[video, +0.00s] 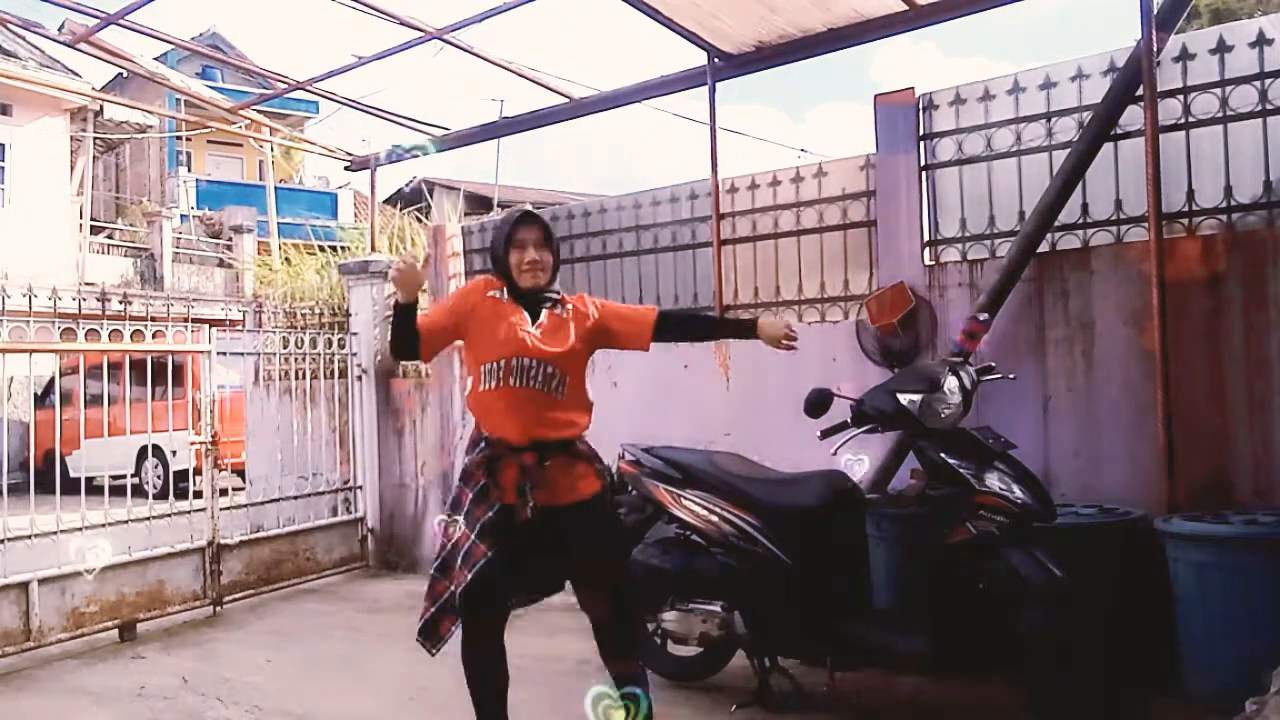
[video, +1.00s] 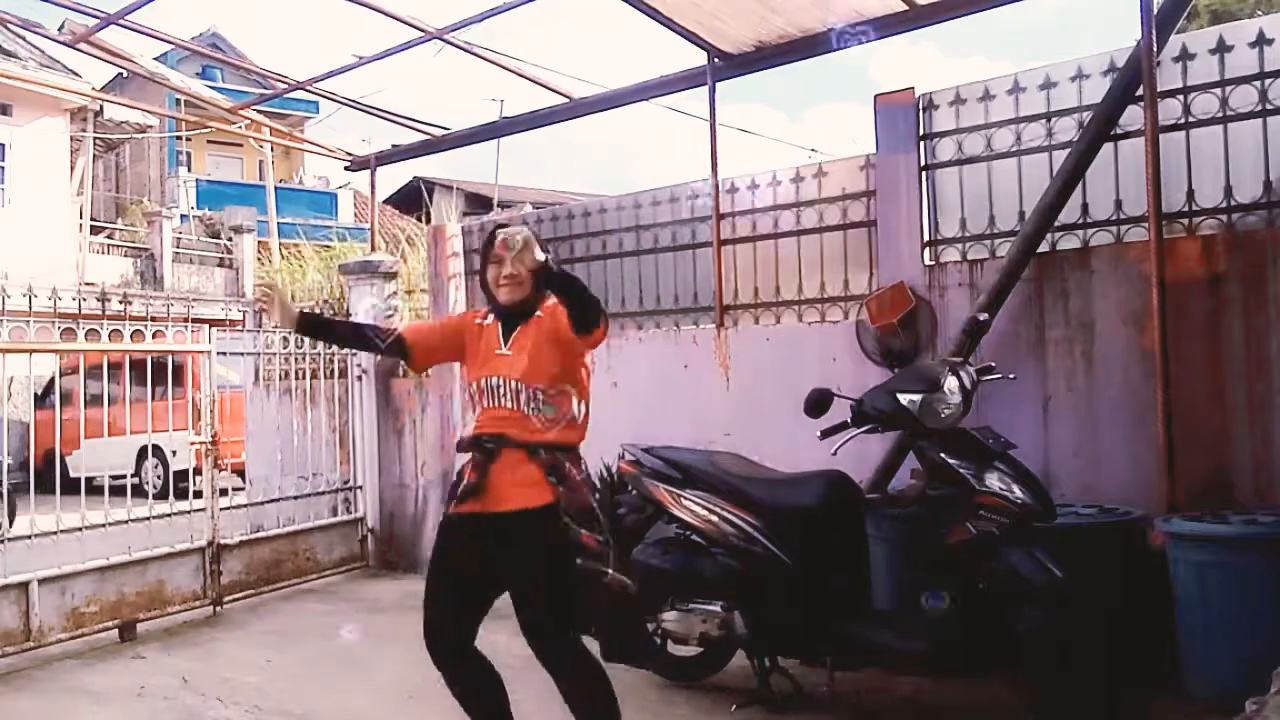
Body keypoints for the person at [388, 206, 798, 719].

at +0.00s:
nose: (533, 256)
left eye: (542, 246)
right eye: (520, 246)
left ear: (555, 254)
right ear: (502, 257)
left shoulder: (582, 313)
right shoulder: (476, 301)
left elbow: (664, 323)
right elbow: (406, 350)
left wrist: (753, 327)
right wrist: (406, 299)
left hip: (572, 475)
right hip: (498, 481)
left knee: (609, 605)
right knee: (480, 612)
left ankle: (638, 711)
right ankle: (491, 717)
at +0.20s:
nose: (507, 272)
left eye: (517, 263)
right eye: (496, 263)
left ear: (530, 271)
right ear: (476, 271)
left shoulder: (556, 325)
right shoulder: (450, 321)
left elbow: (633, 331)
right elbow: (378, 344)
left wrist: (717, 325)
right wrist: (304, 343)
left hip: (544, 502)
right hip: (469, 508)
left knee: (583, 615)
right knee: (467, 639)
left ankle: (632, 707)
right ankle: (492, 719)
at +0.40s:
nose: (499, 283)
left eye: (508, 273)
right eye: (487, 275)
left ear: (524, 282)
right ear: (471, 286)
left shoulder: (555, 338)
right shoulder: (449, 343)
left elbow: (618, 337)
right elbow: (376, 383)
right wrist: (336, 326)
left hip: (532, 504)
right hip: (460, 508)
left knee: (580, 629)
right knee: (460, 644)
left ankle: (581, 714)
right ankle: (488, 716)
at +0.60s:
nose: (484, 248)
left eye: (496, 238)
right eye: (473, 239)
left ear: (514, 249)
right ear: (458, 252)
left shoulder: (534, 311)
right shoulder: (439, 310)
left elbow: (621, 330)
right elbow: (393, 324)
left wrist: (630, 265)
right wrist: (413, 270)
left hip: (532, 487)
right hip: (463, 497)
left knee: (565, 619)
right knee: (474, 636)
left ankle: (613, 715)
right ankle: (491, 717)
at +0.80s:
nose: (491, 255)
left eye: (504, 245)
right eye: (481, 245)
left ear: (524, 255)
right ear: (466, 255)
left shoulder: (546, 310)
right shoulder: (443, 304)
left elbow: (622, 310)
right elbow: (369, 300)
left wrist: (678, 267)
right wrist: (335, 265)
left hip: (549, 496)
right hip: (479, 506)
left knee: (587, 631)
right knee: (475, 646)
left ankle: (622, 714)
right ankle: (496, 716)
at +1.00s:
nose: (505, 272)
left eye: (516, 263)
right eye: (495, 263)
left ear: (536, 271)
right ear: (484, 272)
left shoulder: (560, 323)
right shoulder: (472, 327)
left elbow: (589, 317)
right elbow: (386, 339)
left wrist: (546, 268)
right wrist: (297, 319)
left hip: (539, 514)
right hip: (473, 516)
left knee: (554, 641)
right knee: (446, 640)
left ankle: (605, 717)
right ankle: (497, 717)